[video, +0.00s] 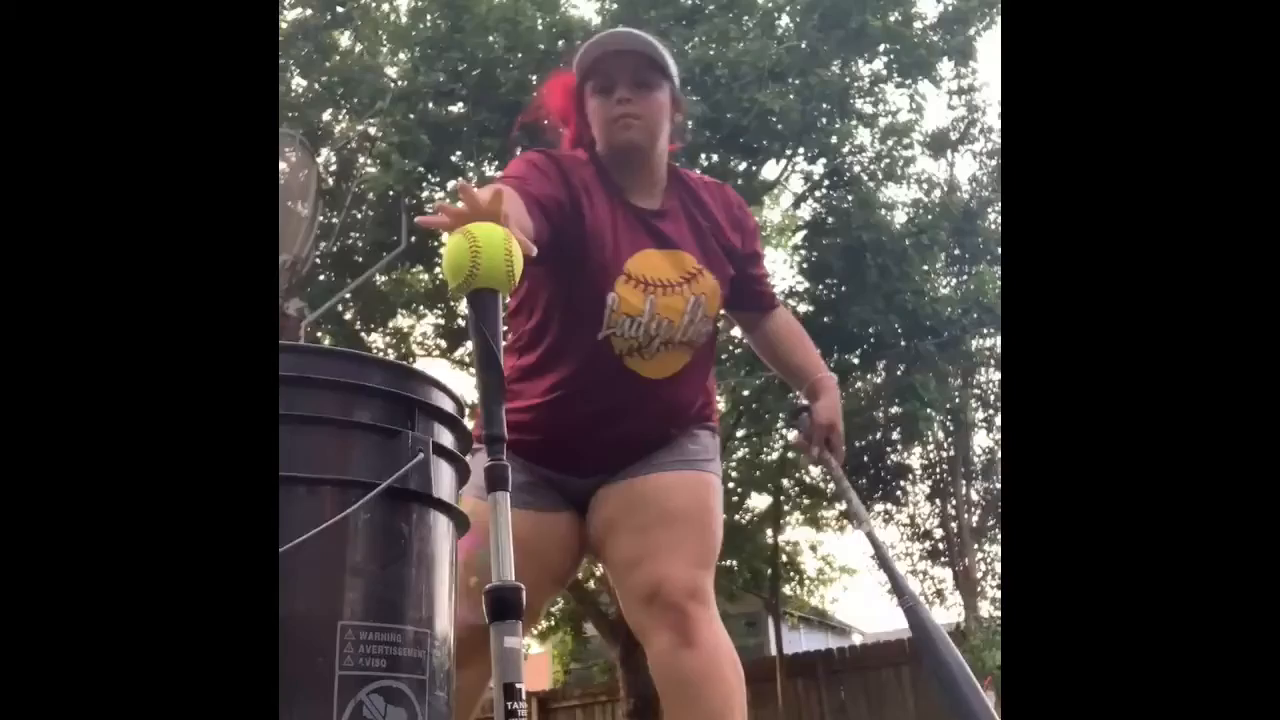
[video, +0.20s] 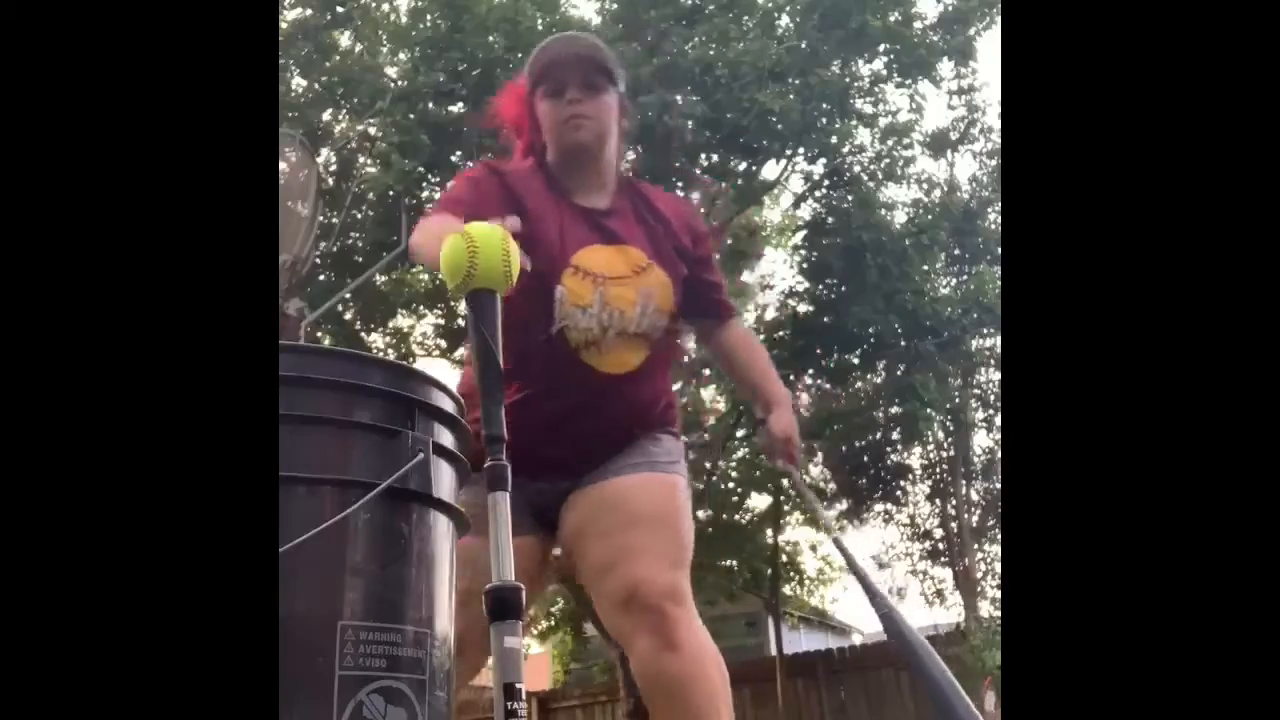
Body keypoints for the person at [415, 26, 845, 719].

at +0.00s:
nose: (622, 100)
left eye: (642, 85)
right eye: (603, 89)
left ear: (675, 108)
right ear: (582, 114)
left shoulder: (718, 209)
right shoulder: (552, 176)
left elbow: (760, 311)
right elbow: (521, 210)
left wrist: (823, 384)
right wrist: (493, 217)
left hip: (661, 444)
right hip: (529, 450)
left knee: (676, 606)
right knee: (469, 625)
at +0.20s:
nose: (575, 101)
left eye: (592, 88)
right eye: (556, 90)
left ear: (621, 108)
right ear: (533, 115)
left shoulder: (669, 218)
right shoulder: (498, 186)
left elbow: (719, 323)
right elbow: (428, 233)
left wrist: (777, 400)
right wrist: (467, 247)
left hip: (626, 448)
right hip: (501, 455)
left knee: (656, 611)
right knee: (449, 647)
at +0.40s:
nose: (489, 107)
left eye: (504, 95)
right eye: (469, 99)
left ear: (530, 118)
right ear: (444, 123)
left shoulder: (586, 222)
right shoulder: (400, 215)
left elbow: (640, 318)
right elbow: (347, 307)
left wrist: (684, 387)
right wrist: (427, 351)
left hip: (568, 453)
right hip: (445, 459)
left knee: (621, 620)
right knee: (399, 640)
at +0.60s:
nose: (442, 115)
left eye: (456, 103)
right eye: (422, 108)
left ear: (481, 121)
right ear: (402, 134)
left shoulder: (542, 205)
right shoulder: (363, 231)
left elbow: (605, 296)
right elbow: (331, 334)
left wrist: (564, 361)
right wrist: (370, 401)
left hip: (548, 445)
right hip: (432, 458)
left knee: (596, 621)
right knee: (402, 632)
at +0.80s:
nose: (452, 128)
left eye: (466, 115)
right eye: (434, 121)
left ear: (492, 129)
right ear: (416, 145)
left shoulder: (547, 198)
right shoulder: (389, 243)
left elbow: (598, 281)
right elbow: (363, 353)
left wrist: (483, 317)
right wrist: (378, 424)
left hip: (561, 443)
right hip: (445, 463)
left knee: (608, 626)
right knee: (406, 643)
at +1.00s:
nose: (465, 137)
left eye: (479, 123)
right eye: (446, 130)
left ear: (505, 137)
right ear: (428, 153)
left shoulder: (554, 198)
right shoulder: (404, 246)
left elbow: (601, 265)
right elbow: (372, 369)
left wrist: (479, 272)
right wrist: (373, 322)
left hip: (564, 442)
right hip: (448, 461)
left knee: (610, 626)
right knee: (418, 654)